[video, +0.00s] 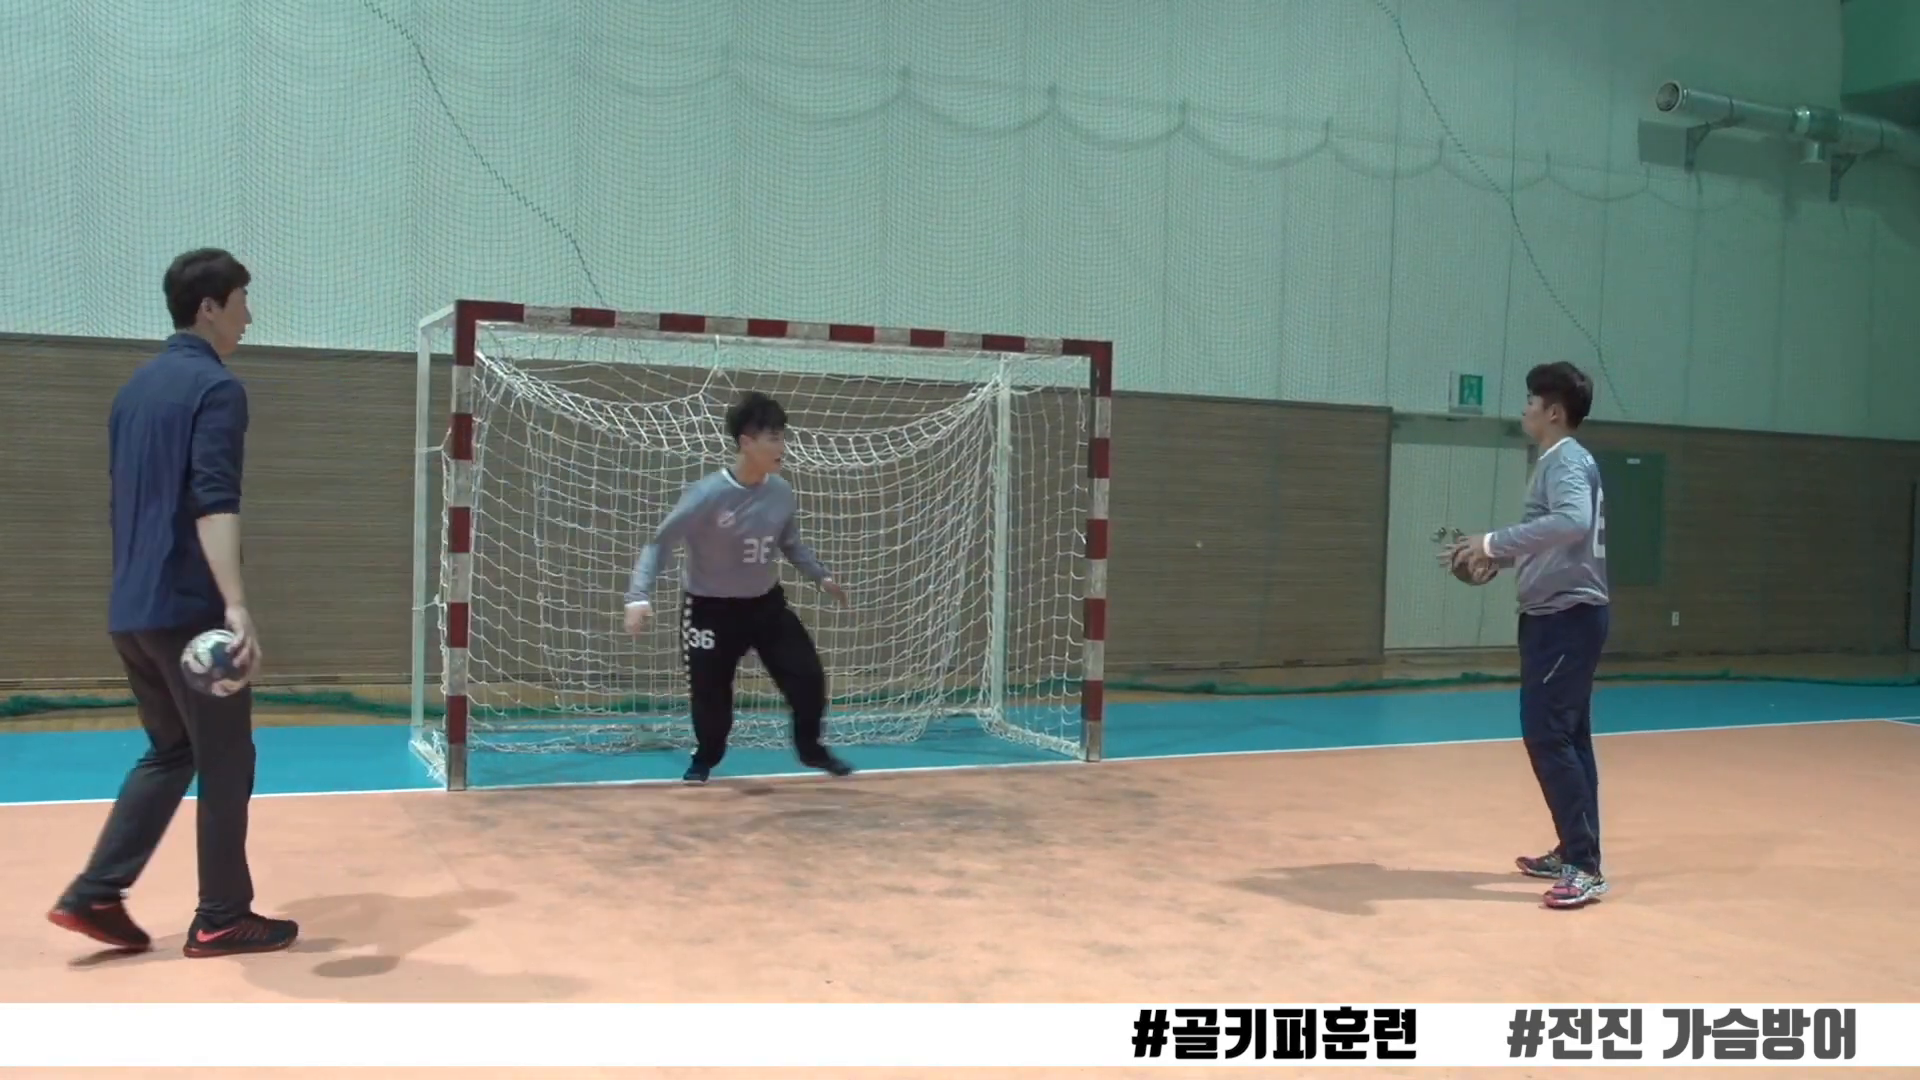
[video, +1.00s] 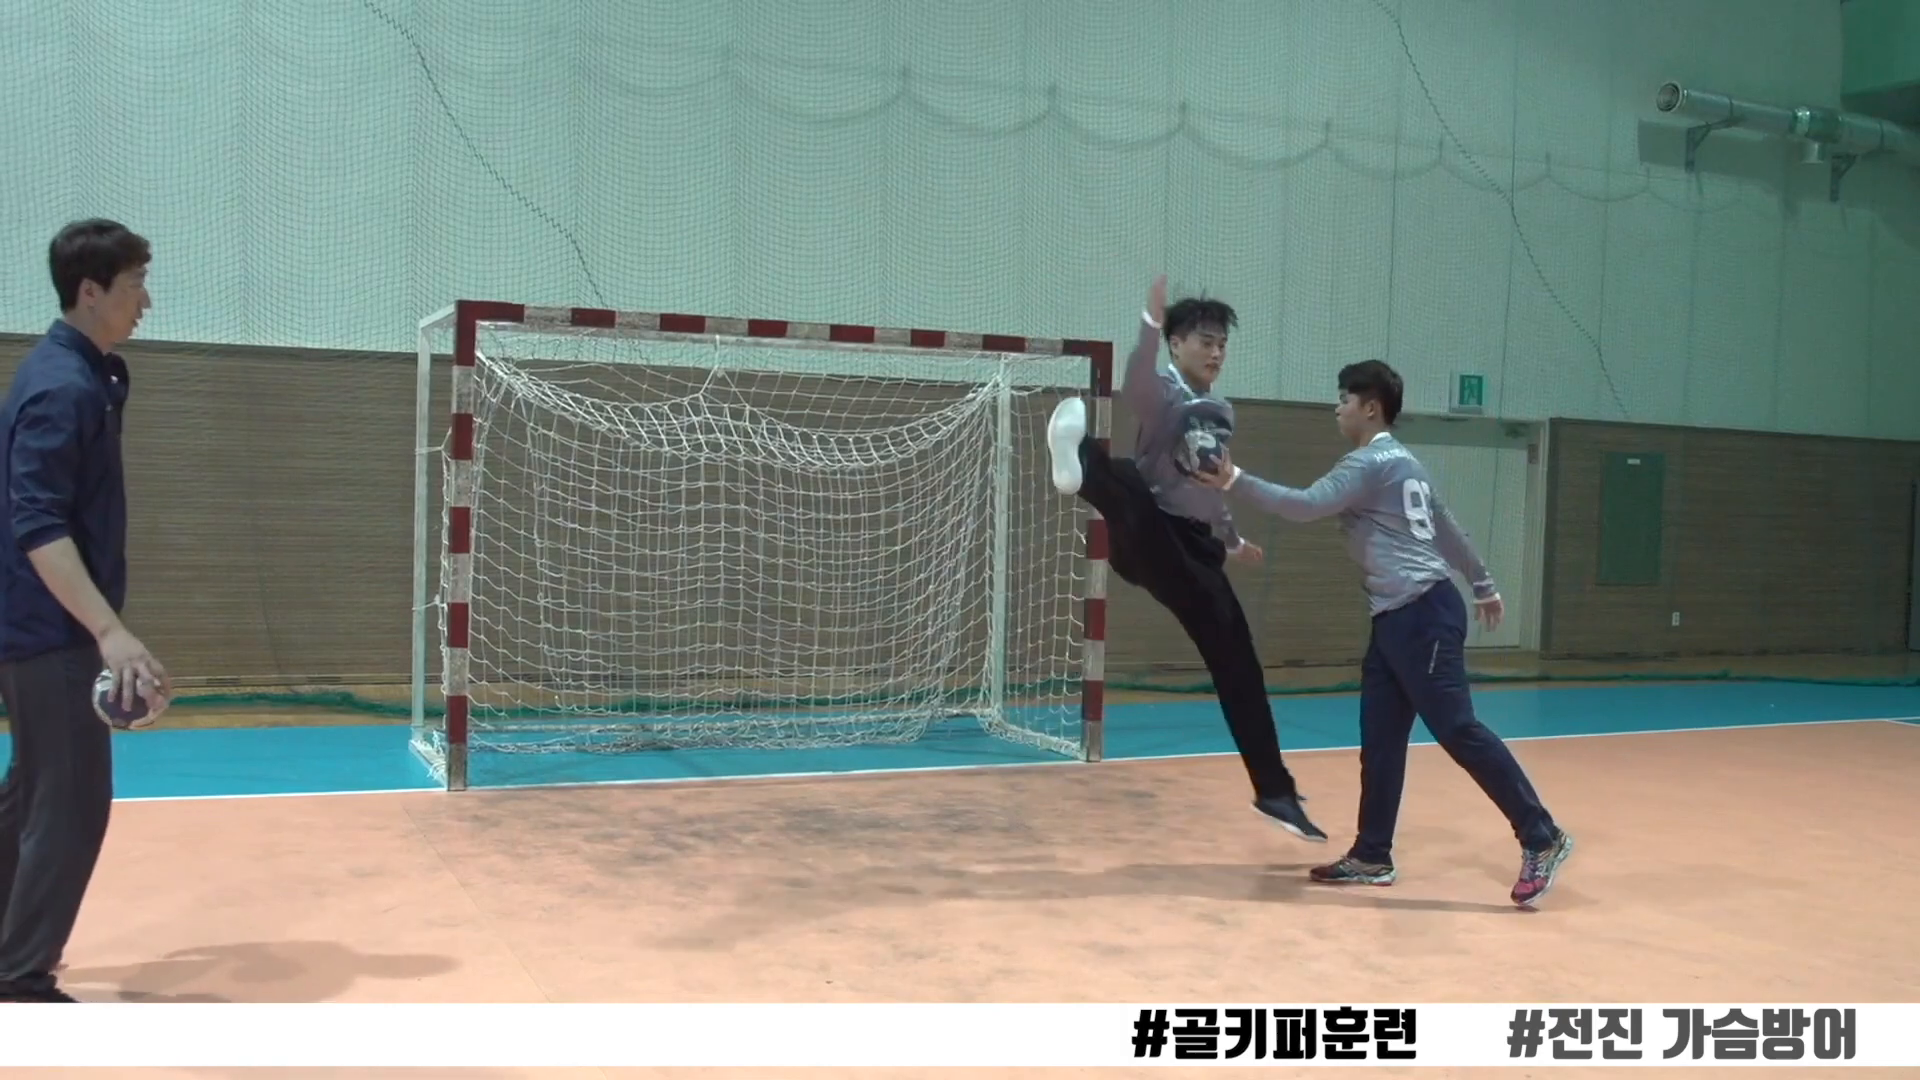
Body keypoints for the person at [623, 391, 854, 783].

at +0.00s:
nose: (781, 447)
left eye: (782, 438)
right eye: (772, 438)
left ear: (784, 441)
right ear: (745, 442)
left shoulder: (782, 493)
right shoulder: (706, 496)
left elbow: (791, 543)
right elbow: (657, 545)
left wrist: (822, 576)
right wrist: (637, 597)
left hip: (766, 607)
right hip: (711, 612)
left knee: (808, 680)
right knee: (710, 701)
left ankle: (811, 749)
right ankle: (706, 759)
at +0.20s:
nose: (924, 478)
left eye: (925, 469)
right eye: (915, 469)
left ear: (918, 471)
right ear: (889, 472)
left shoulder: (916, 516)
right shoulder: (857, 526)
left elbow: (916, 559)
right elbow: (821, 584)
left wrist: (949, 580)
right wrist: (839, 638)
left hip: (899, 638)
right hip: (853, 641)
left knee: (946, 704)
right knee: (811, 726)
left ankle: (982, 771)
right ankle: (735, 736)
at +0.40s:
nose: (1049, 495)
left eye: (1049, 487)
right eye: (1039, 488)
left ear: (1050, 490)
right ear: (1013, 493)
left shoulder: (1043, 540)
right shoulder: (982, 542)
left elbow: (1088, 560)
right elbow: (944, 592)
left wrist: (1142, 563)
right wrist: (912, 637)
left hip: (990, 635)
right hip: (950, 635)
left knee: (1033, 702)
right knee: (1009, 697)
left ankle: (997, 770)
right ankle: (1009, 806)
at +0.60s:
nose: (1109, 409)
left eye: (1109, 400)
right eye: (1099, 400)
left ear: (1103, 407)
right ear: (1071, 406)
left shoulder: (1107, 454)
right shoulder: (1047, 452)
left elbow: (1140, 438)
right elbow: (1032, 408)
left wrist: (1148, 389)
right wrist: (1065, 345)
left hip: (1077, 576)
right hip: (1041, 582)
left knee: (1116, 656)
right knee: (1088, 695)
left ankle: (1044, 719)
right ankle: (1096, 813)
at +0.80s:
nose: (1172, 331)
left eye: (1176, 322)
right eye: (1162, 320)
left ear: (1179, 327)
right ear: (1133, 320)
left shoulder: (1161, 382)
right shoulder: (1102, 363)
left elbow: (1181, 422)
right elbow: (1059, 352)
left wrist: (1225, 429)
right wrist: (1077, 301)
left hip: (1135, 505)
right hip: (1094, 500)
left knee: (1207, 592)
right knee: (1104, 579)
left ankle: (1136, 679)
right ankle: (1039, 694)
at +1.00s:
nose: (1215, 352)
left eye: (1222, 344)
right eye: (1204, 341)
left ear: (1227, 352)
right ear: (1174, 345)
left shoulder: (1219, 412)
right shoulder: (1157, 394)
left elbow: (1209, 492)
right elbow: (1139, 379)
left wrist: (1230, 539)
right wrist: (1151, 330)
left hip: (1201, 564)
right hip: (1151, 543)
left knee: (1239, 671)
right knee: (1129, 485)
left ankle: (1275, 793)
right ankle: (1082, 470)